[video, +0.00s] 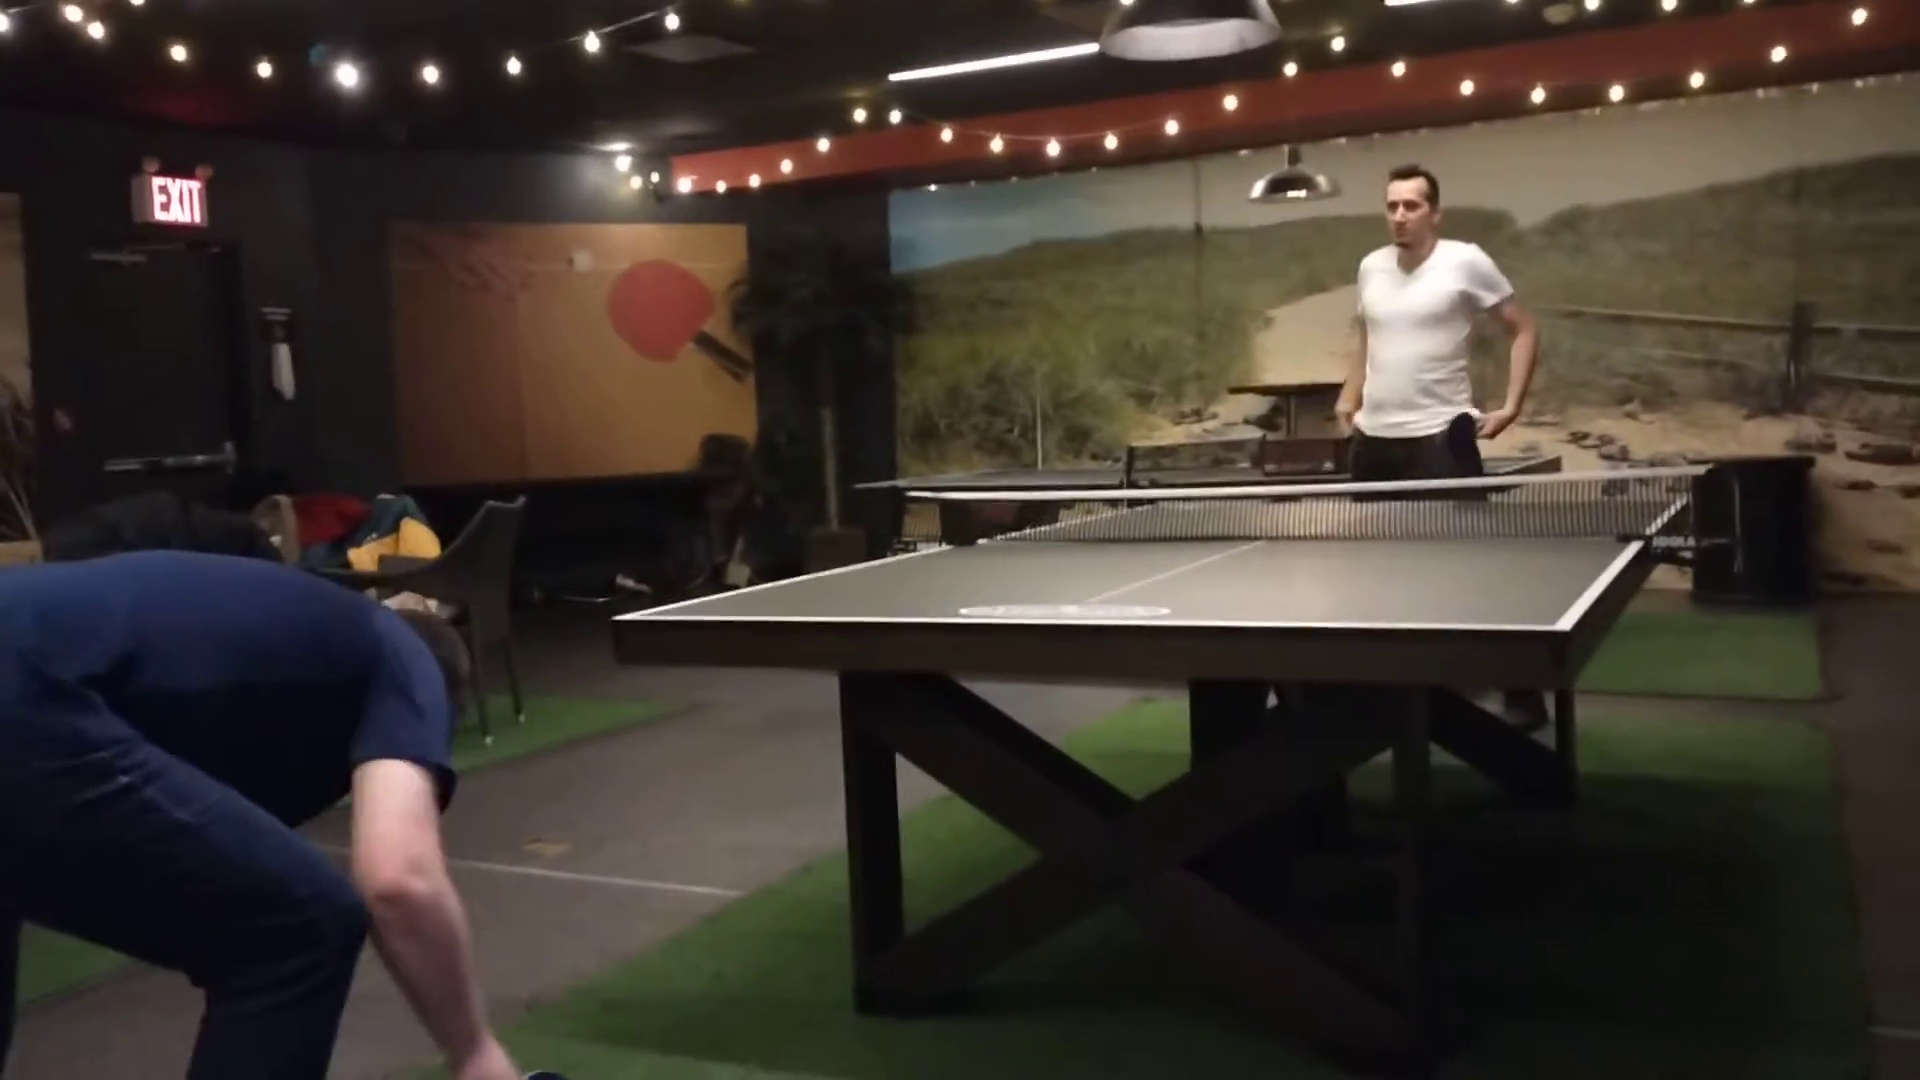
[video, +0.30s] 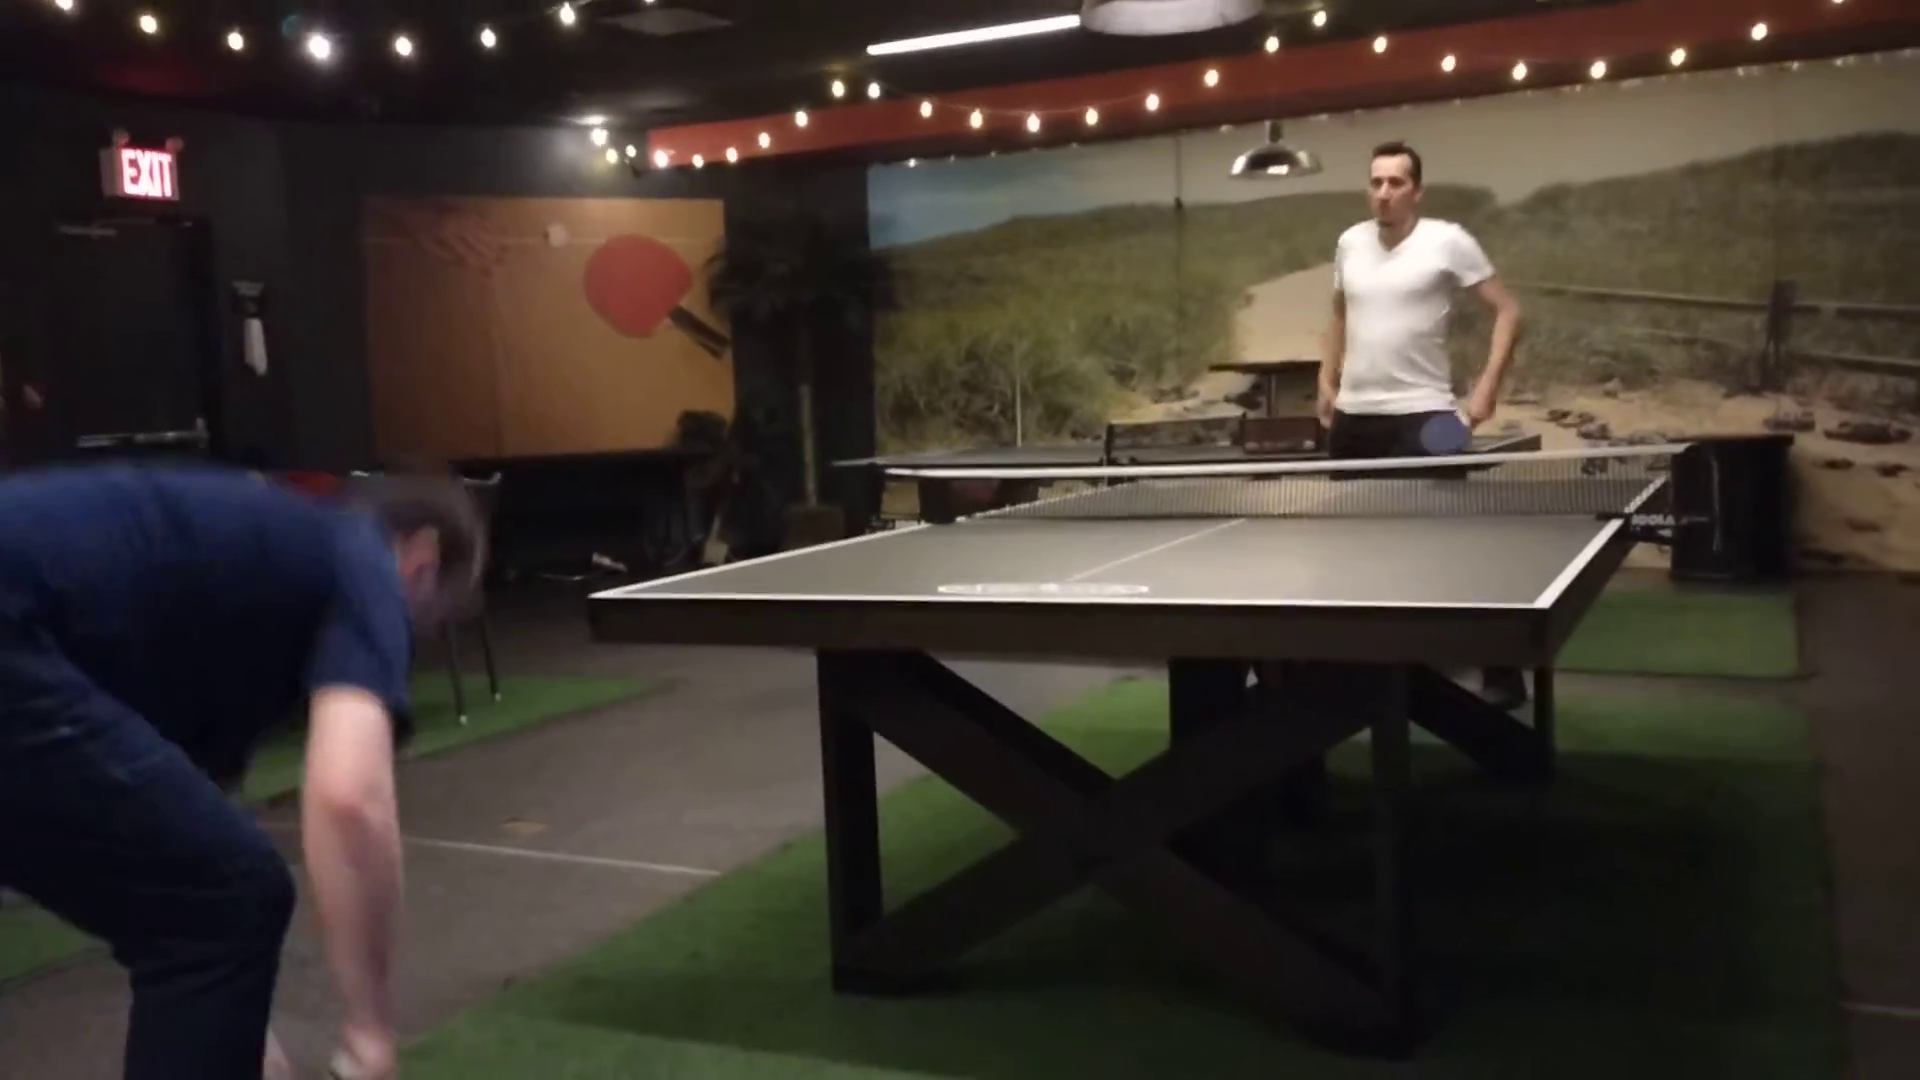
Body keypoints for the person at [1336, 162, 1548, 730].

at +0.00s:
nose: (1400, 215)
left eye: (1412, 205)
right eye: (1393, 206)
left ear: (1435, 212)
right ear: (1385, 213)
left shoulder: (1465, 262)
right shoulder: (1372, 267)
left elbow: (1524, 329)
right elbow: (1368, 337)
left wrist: (1509, 408)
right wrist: (1351, 393)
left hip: (1442, 441)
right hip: (1375, 443)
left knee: (1473, 561)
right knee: (1375, 564)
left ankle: (1519, 691)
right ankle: (1383, 691)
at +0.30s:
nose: (1384, 192)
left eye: (1396, 182)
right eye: (1377, 182)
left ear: (1418, 189)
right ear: (1367, 189)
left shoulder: (1448, 242)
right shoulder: (1351, 242)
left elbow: (1508, 309)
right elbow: (1339, 316)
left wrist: (1486, 390)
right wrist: (1325, 385)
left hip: (1426, 416)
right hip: (1356, 419)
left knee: (1456, 534)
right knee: (1353, 541)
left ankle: (1497, 668)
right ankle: (1357, 673)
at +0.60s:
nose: (1377, 168)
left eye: (1388, 159)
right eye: (1369, 159)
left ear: (1410, 168)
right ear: (1360, 168)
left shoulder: (1436, 225)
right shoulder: (1341, 230)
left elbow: (1468, 310)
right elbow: (1303, 299)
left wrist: (1420, 378)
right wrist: (1284, 340)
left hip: (1414, 401)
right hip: (1344, 402)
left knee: (1443, 519)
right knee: (1341, 521)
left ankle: (1484, 648)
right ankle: (1343, 652)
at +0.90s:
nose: (1358, 169)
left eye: (1369, 159)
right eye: (1351, 160)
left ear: (1394, 158)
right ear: (1343, 162)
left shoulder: (1428, 213)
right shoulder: (1333, 212)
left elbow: (1453, 301)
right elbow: (1286, 281)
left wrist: (1387, 317)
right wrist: (1317, 207)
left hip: (1404, 385)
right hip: (1336, 384)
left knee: (1430, 503)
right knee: (1334, 505)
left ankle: (1470, 634)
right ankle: (1336, 639)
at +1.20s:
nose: (1355, 165)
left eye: (1366, 155)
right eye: (1348, 155)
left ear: (1389, 155)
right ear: (1339, 157)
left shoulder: (1421, 208)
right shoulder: (1324, 205)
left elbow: (1449, 295)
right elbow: (1281, 269)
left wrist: (1381, 316)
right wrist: (1317, 191)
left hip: (1395, 378)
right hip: (1326, 378)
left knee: (1420, 497)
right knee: (1325, 500)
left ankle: (1458, 625)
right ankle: (1329, 631)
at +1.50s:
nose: (1335, 246)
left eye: (1345, 235)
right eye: (1327, 235)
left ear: (1364, 233)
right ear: (1317, 235)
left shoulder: (1397, 287)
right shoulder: (1304, 278)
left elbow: (1421, 373)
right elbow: (1260, 350)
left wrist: (1358, 406)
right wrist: (1289, 272)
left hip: (1368, 454)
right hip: (1303, 453)